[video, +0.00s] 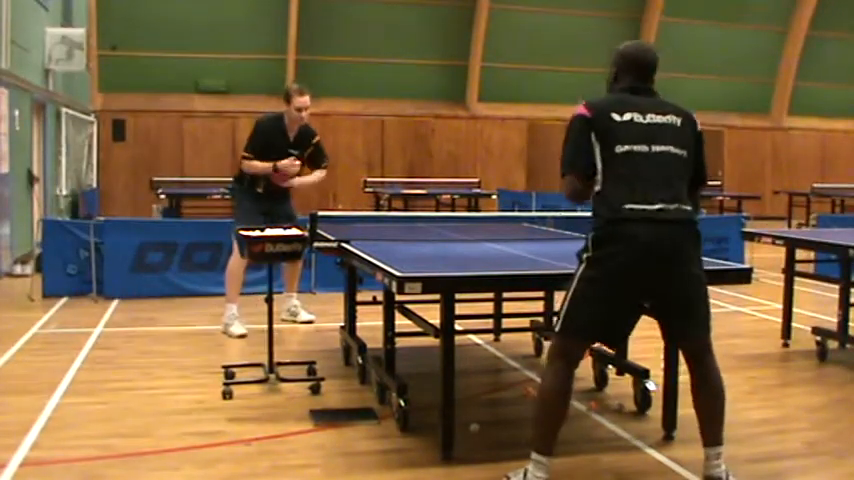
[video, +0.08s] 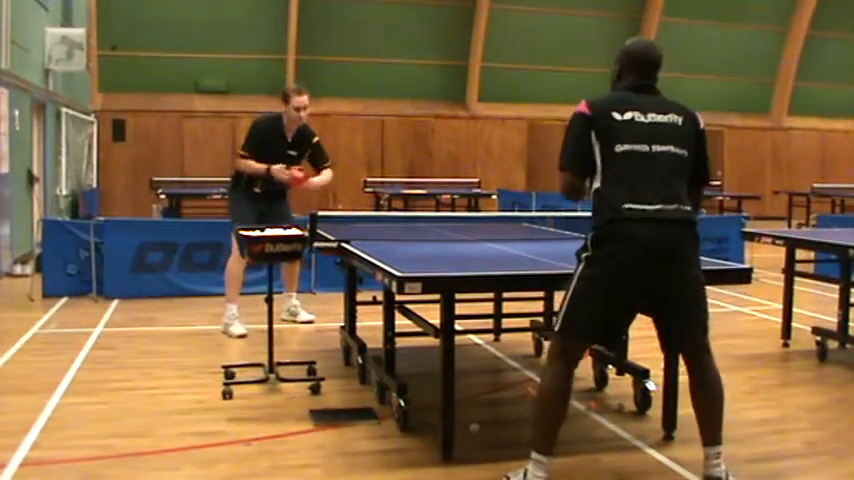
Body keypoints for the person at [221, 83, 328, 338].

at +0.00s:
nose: (304, 115)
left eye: (307, 109)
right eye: (299, 110)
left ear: (311, 108)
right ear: (287, 107)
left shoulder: (308, 134)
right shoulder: (266, 126)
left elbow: (322, 171)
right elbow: (245, 165)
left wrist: (295, 181)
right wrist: (277, 166)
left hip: (280, 192)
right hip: (250, 191)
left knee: (295, 242)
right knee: (243, 247)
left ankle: (291, 304)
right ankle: (231, 313)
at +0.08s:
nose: (302, 114)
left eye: (306, 109)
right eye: (297, 109)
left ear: (309, 108)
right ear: (284, 107)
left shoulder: (307, 135)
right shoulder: (263, 126)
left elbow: (327, 172)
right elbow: (241, 163)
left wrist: (310, 182)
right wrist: (271, 169)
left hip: (277, 194)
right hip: (246, 192)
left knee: (293, 243)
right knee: (241, 250)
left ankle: (291, 303)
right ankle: (231, 314)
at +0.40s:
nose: (297, 111)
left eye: (301, 105)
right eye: (292, 105)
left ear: (305, 107)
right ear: (280, 106)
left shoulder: (301, 134)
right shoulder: (258, 126)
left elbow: (323, 161)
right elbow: (231, 161)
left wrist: (342, 173)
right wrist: (252, 181)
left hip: (271, 197)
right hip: (242, 195)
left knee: (292, 242)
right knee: (241, 250)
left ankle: (295, 303)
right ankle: (231, 315)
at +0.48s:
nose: (298, 111)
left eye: (301, 106)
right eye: (292, 106)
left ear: (305, 107)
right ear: (280, 106)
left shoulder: (302, 136)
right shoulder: (259, 128)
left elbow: (323, 163)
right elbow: (230, 162)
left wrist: (339, 174)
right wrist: (252, 185)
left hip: (271, 195)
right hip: (242, 193)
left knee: (290, 243)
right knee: (244, 250)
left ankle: (298, 301)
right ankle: (231, 315)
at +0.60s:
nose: (300, 113)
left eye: (303, 108)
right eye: (295, 108)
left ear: (307, 110)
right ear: (282, 110)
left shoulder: (305, 139)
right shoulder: (261, 134)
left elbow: (325, 167)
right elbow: (233, 166)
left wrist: (338, 178)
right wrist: (256, 189)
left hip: (275, 198)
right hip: (246, 196)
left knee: (294, 243)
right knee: (250, 248)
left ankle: (299, 302)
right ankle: (232, 315)